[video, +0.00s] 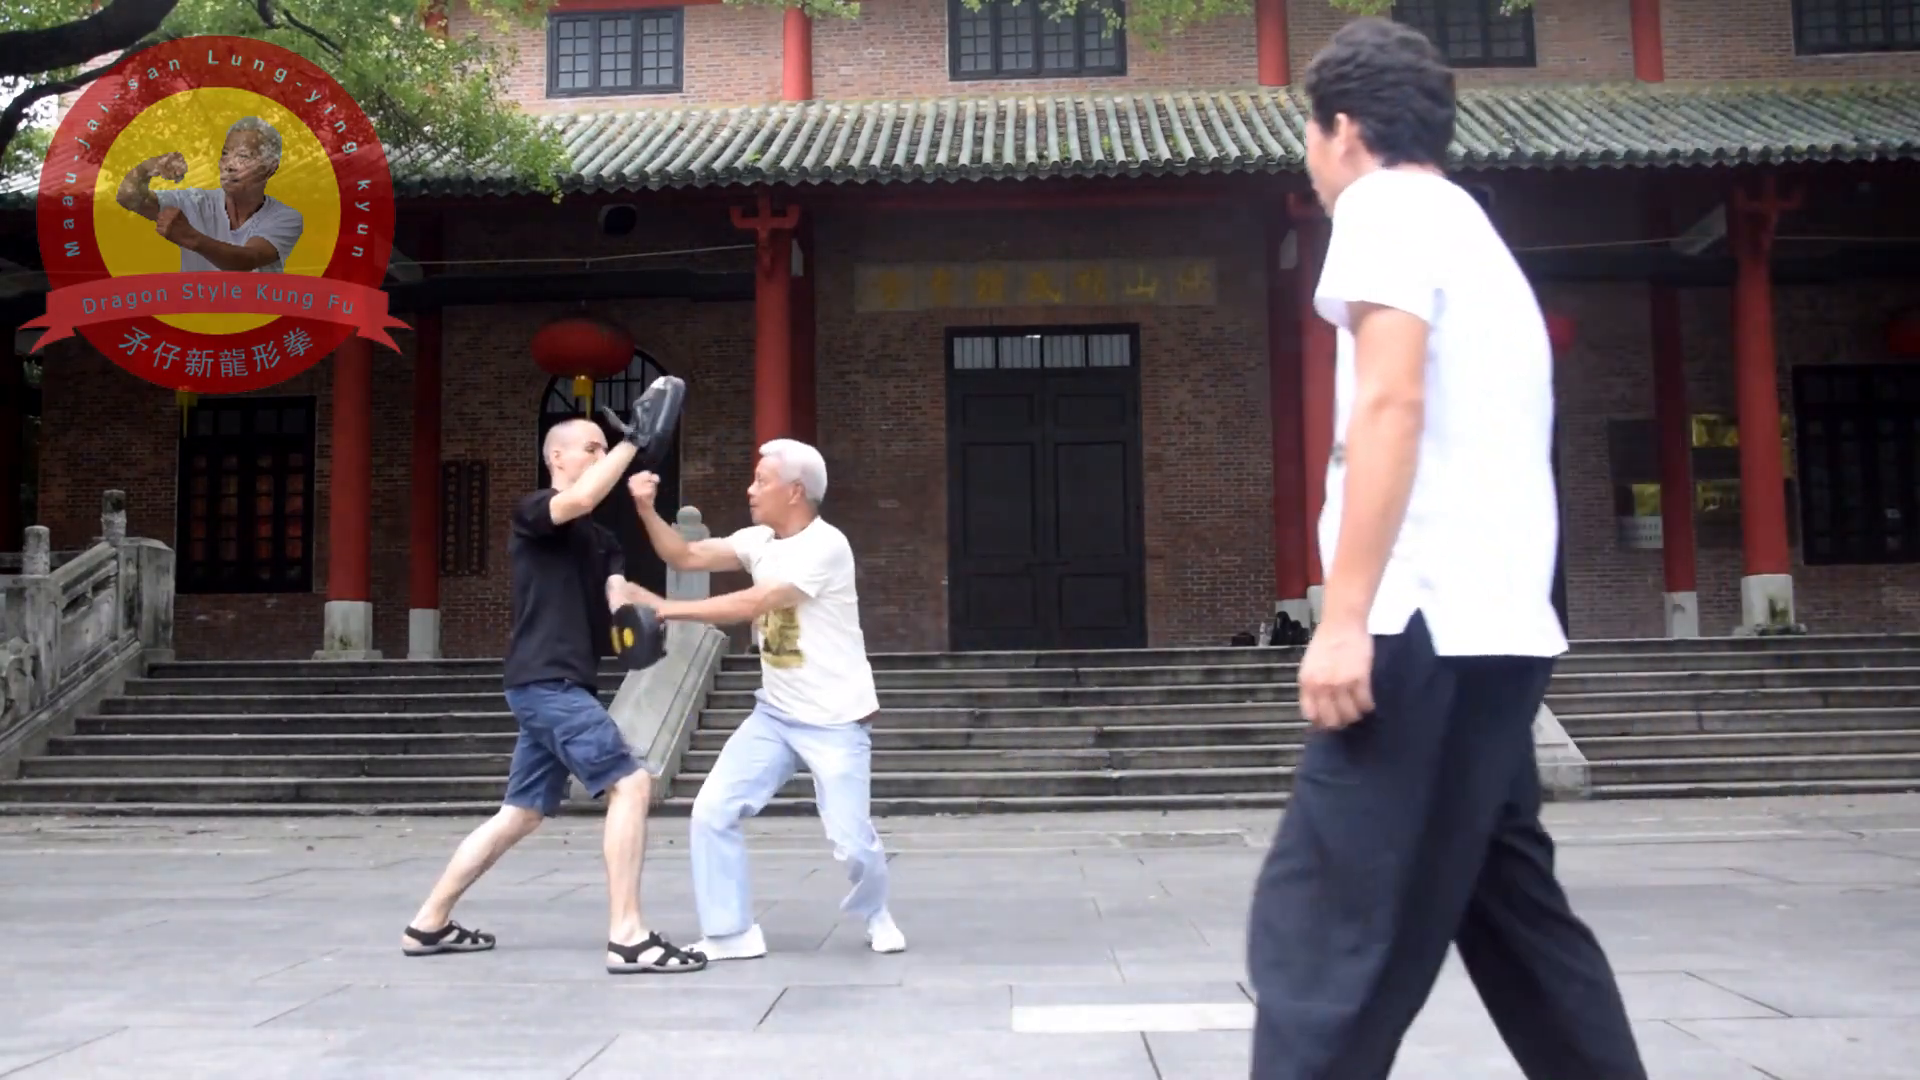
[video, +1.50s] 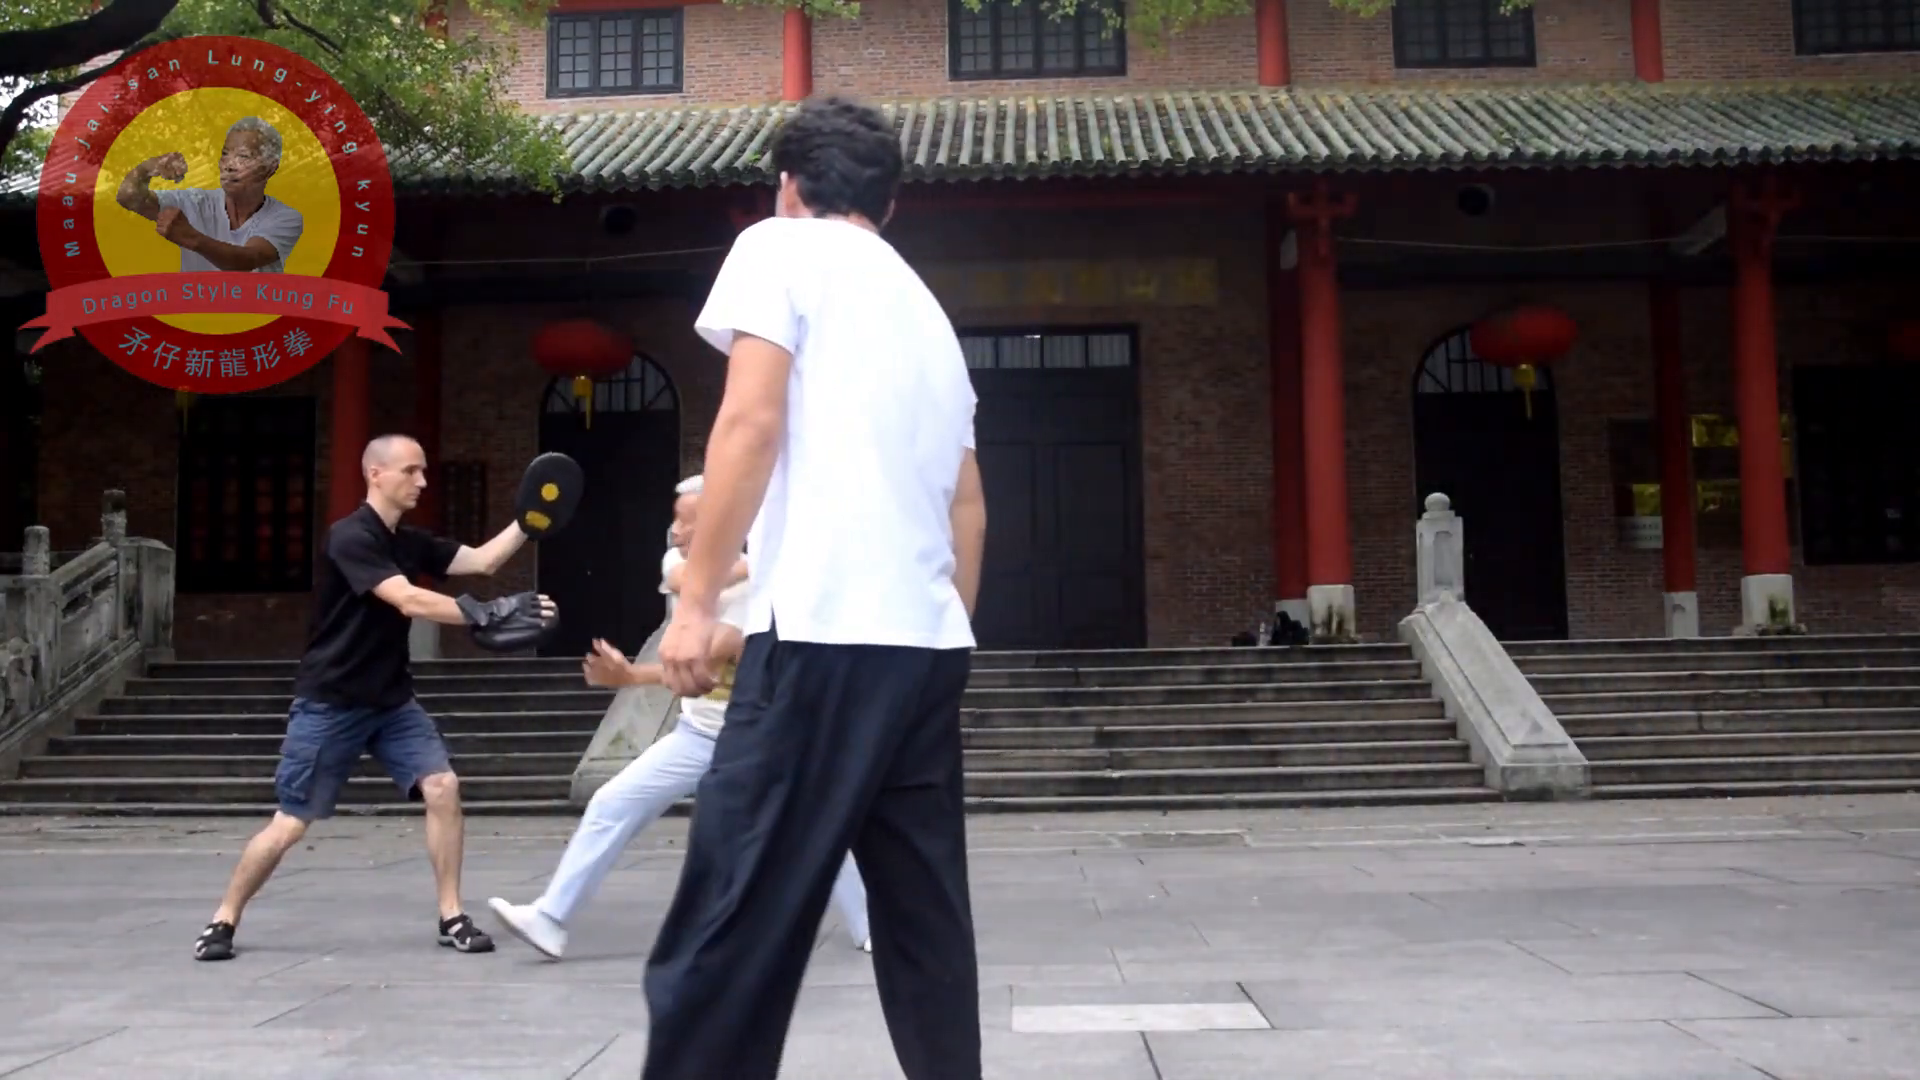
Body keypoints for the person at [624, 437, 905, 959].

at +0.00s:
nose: (749, 489)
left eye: (760, 480)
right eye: (753, 478)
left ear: (794, 492)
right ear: (785, 490)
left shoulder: (826, 546)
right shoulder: (760, 539)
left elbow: (754, 604)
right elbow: (685, 554)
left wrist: (660, 606)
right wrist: (646, 509)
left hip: (835, 721)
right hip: (774, 715)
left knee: (851, 841)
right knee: (712, 812)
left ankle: (877, 915)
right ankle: (733, 933)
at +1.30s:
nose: (764, 517)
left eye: (774, 506)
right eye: (760, 507)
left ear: (795, 511)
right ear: (752, 513)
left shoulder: (819, 574)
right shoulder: (743, 556)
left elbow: (779, 653)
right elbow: (680, 584)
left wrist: (694, 653)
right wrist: (646, 563)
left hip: (808, 729)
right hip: (751, 723)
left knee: (817, 832)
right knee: (701, 807)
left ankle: (820, 949)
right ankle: (701, 927)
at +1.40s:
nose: (742, 532)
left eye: (755, 524)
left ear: (778, 534)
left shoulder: (789, 596)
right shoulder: (735, 580)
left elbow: (745, 665)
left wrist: (672, 697)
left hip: (788, 728)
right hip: (731, 724)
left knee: (833, 819)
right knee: (657, 798)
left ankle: (866, 918)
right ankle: (641, 921)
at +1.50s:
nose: (677, 530)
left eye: (688, 519)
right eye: (675, 519)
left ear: (721, 523)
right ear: (675, 521)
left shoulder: (757, 580)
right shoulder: (677, 563)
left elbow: (716, 658)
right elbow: (690, 584)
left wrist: (631, 676)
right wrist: (758, 561)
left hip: (759, 737)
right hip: (698, 732)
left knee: (822, 836)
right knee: (614, 803)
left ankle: (876, 932)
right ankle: (549, 919)